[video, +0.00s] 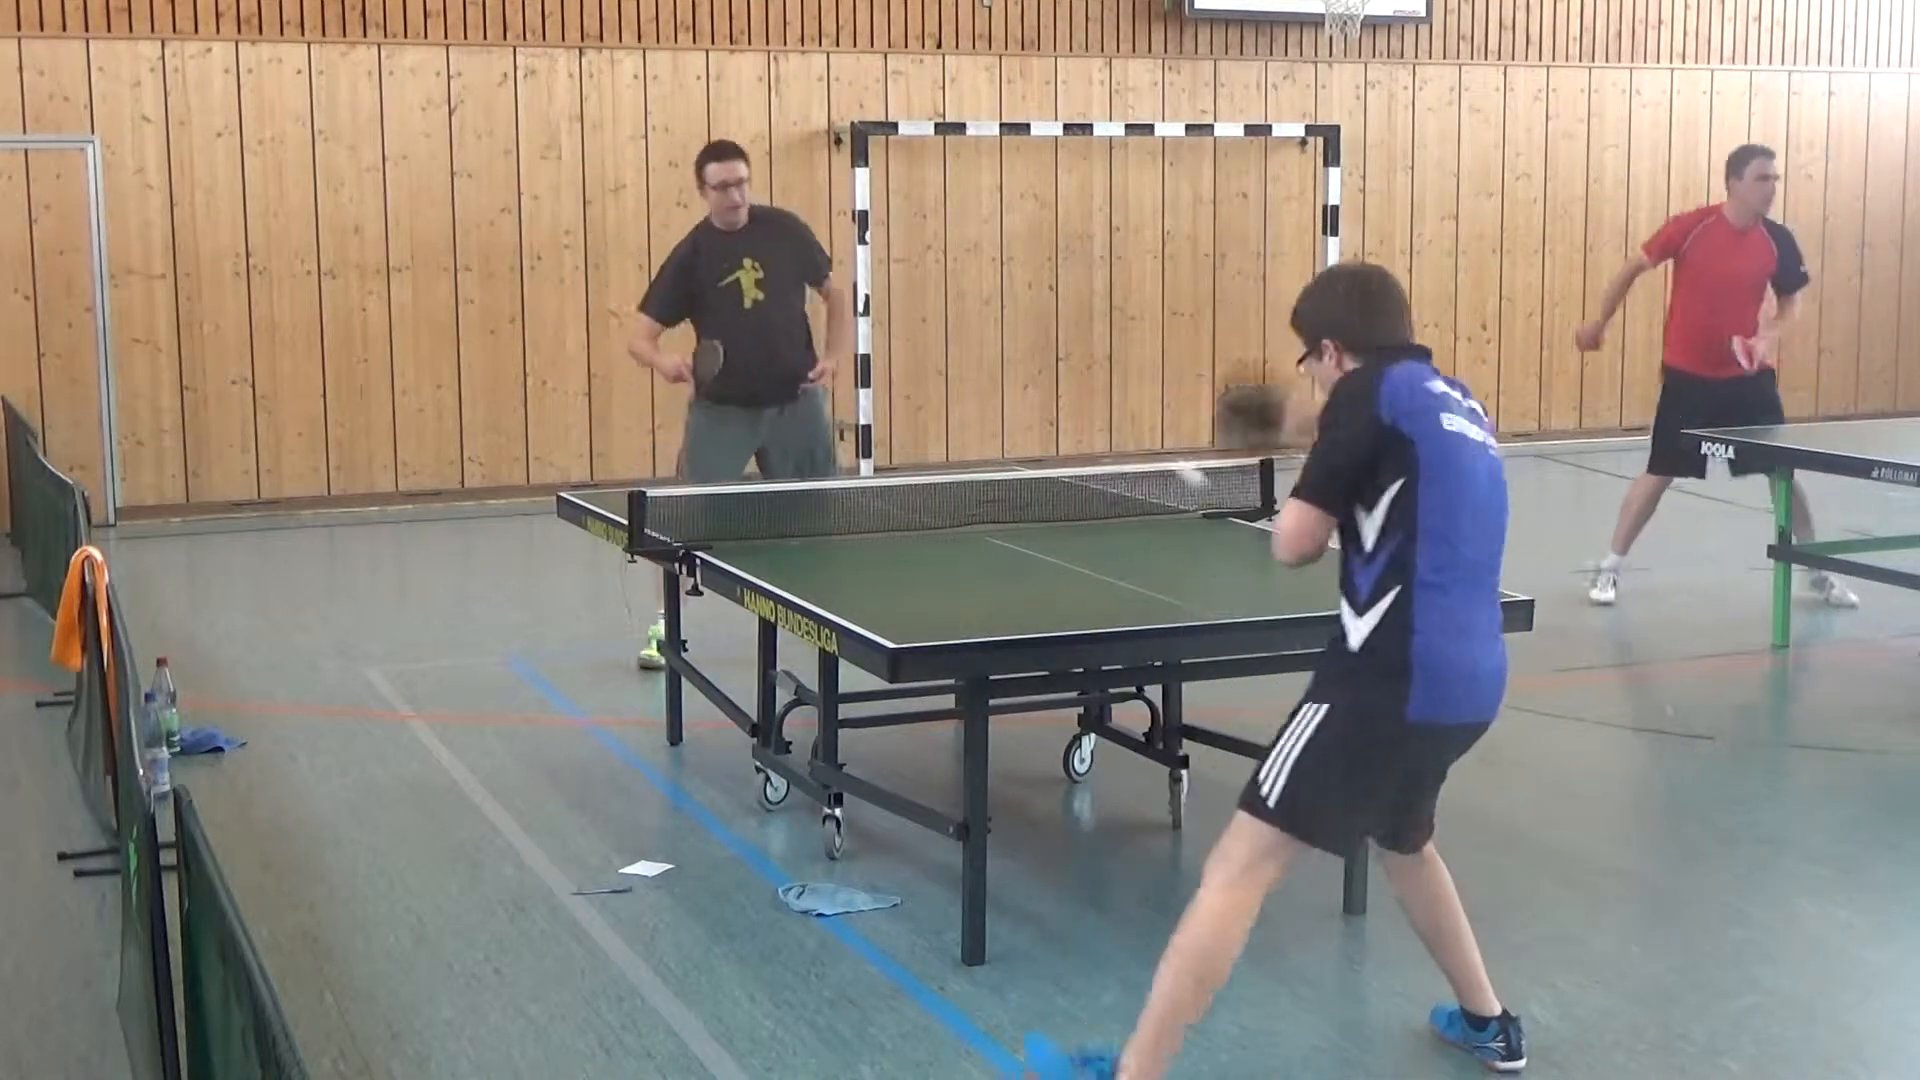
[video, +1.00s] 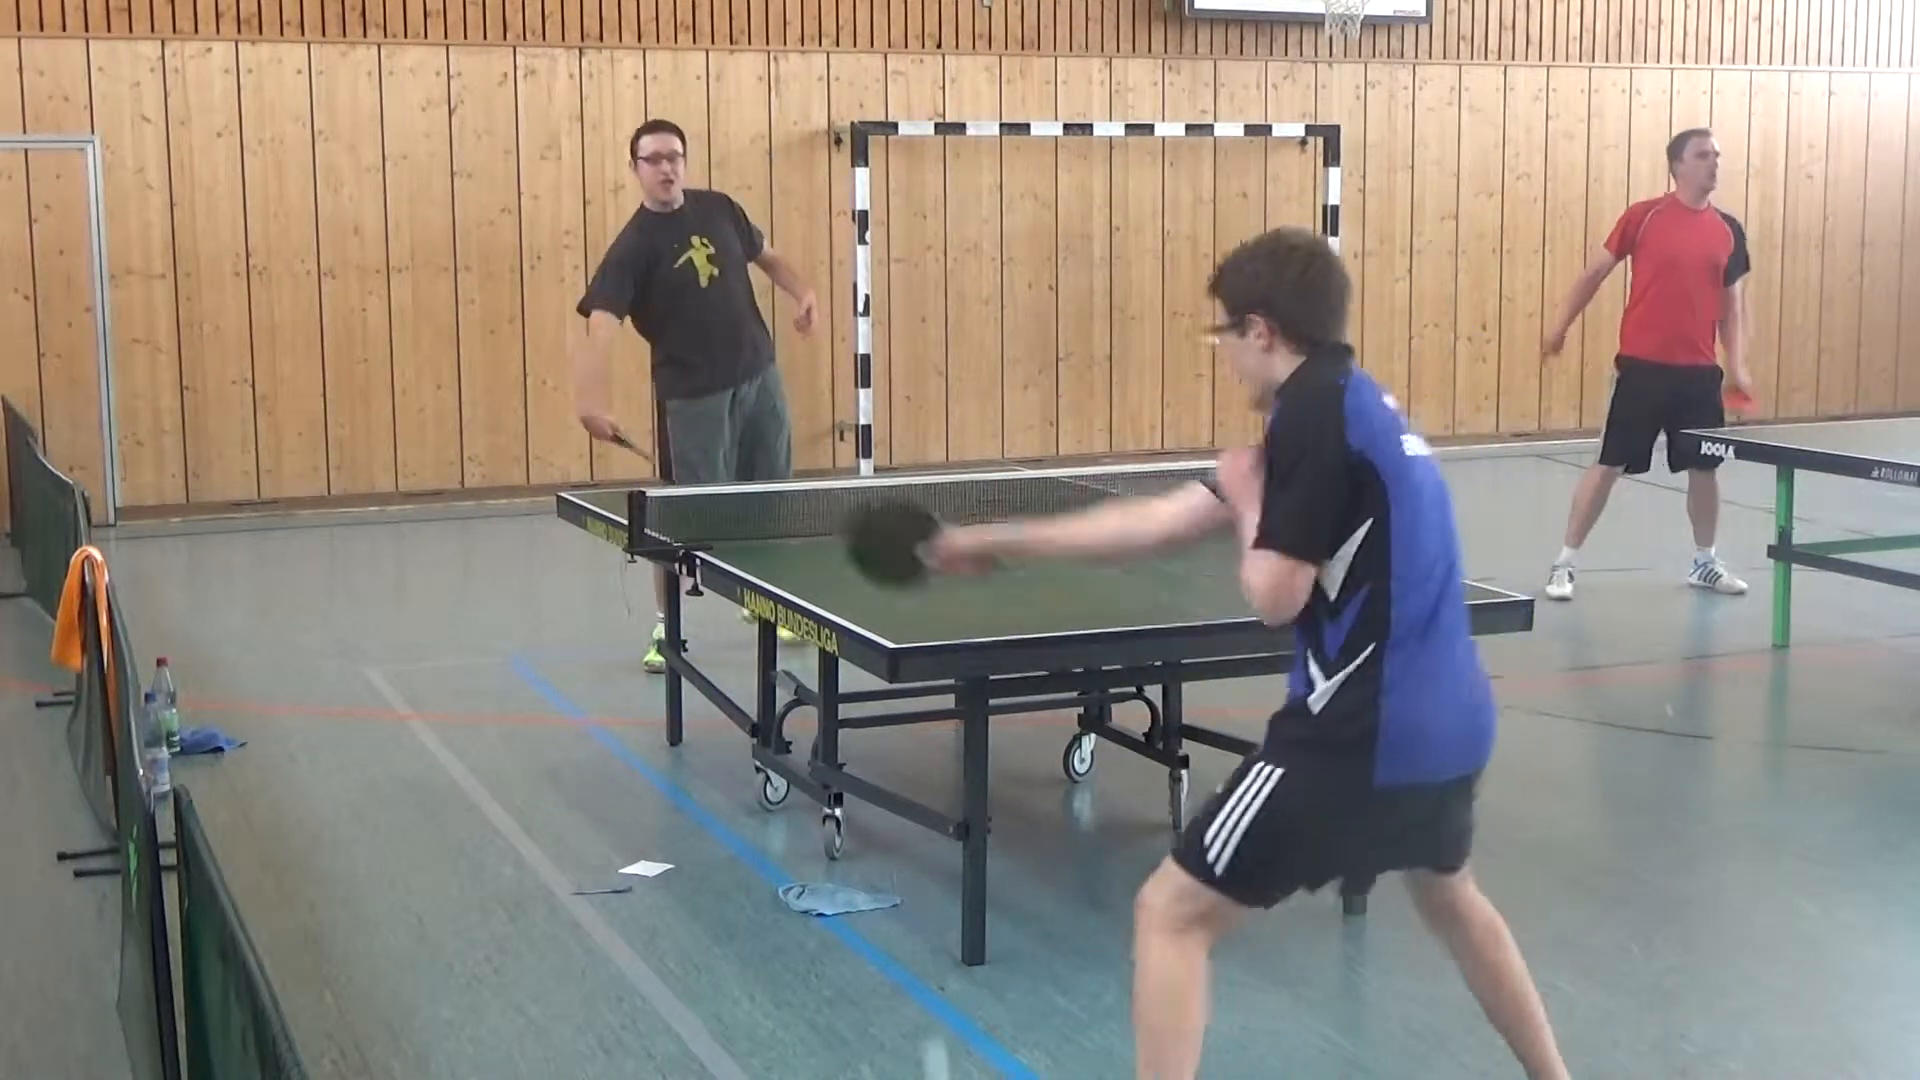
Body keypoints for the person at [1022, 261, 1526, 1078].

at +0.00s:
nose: (1313, 374)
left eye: (1311, 356)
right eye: (1309, 357)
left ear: (1340, 348)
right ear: (1398, 337)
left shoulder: (1369, 395)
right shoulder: (1457, 399)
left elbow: (1293, 544)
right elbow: (1431, 527)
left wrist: (1336, 472)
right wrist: (1344, 479)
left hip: (1384, 681)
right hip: (1469, 679)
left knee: (1242, 865)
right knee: (1405, 834)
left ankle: (1135, 1066)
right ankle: (1489, 1018)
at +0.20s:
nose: (1334, 345)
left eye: (1334, 327)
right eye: (1331, 327)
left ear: (1360, 324)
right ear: (1425, 315)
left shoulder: (1386, 389)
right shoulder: (1479, 390)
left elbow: (1323, 548)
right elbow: (1469, 537)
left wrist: (1351, 505)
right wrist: (1369, 511)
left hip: (1404, 683)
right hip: (1485, 681)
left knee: (1284, 881)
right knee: (1413, 837)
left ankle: (1309, 1069)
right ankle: (1501, 1016)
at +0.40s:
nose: (1318, 331)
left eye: (1320, 316)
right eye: (1318, 316)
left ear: (1342, 320)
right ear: (1418, 314)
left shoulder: (1356, 396)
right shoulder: (1485, 404)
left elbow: (1272, 563)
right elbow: (1544, 582)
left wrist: (1283, 559)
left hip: (1404, 696)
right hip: (1497, 691)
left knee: (1272, 898)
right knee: (1441, 848)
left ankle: (1315, 1068)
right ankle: (1504, 1018)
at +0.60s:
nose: (1301, 282)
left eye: (1304, 269)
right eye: (1304, 268)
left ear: (1323, 277)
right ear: (1408, 275)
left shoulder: (1310, 353)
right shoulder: (1482, 370)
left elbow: (1235, 514)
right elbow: (1551, 535)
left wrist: (1230, 576)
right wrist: (1486, 587)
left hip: (1382, 674)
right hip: (1497, 670)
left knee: (1293, 883)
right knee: (1484, 844)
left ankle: (1318, 1071)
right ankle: (1535, 1045)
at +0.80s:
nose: (1292, 309)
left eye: (1292, 293)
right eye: (1291, 292)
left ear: (1312, 297)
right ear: (1392, 288)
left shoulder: (1315, 372)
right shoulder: (1478, 382)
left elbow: (1302, 521)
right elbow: (1539, 539)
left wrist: (1261, 582)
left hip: (1387, 682)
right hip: (1505, 682)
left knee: (1254, 889)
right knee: (1502, 873)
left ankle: (1258, 1071)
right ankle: (1567, 1070)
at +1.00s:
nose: (1220, 350)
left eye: (1225, 330)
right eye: (1220, 331)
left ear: (1263, 332)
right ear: (1296, 325)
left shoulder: (1313, 411)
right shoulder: (1361, 401)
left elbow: (1275, 598)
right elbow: (1165, 517)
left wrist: (1246, 496)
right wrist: (999, 540)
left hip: (1355, 738)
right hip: (1451, 726)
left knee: (1173, 914)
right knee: (1450, 892)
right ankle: (1552, 1069)